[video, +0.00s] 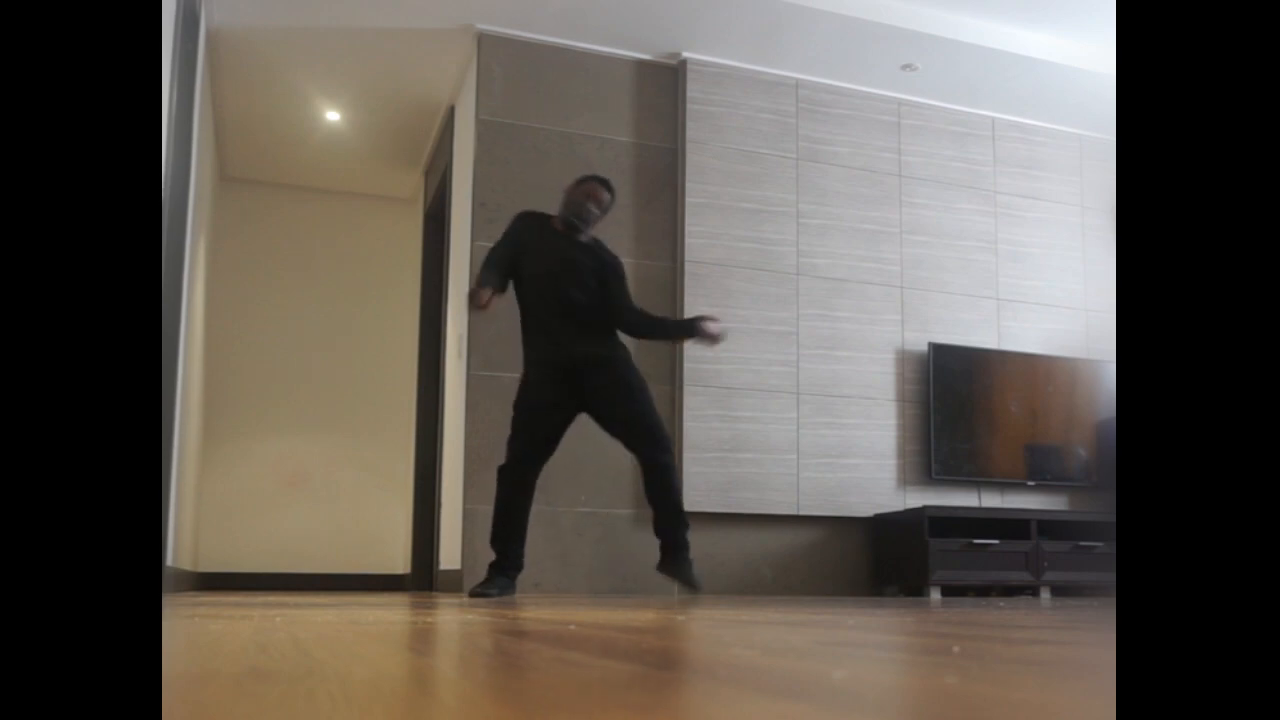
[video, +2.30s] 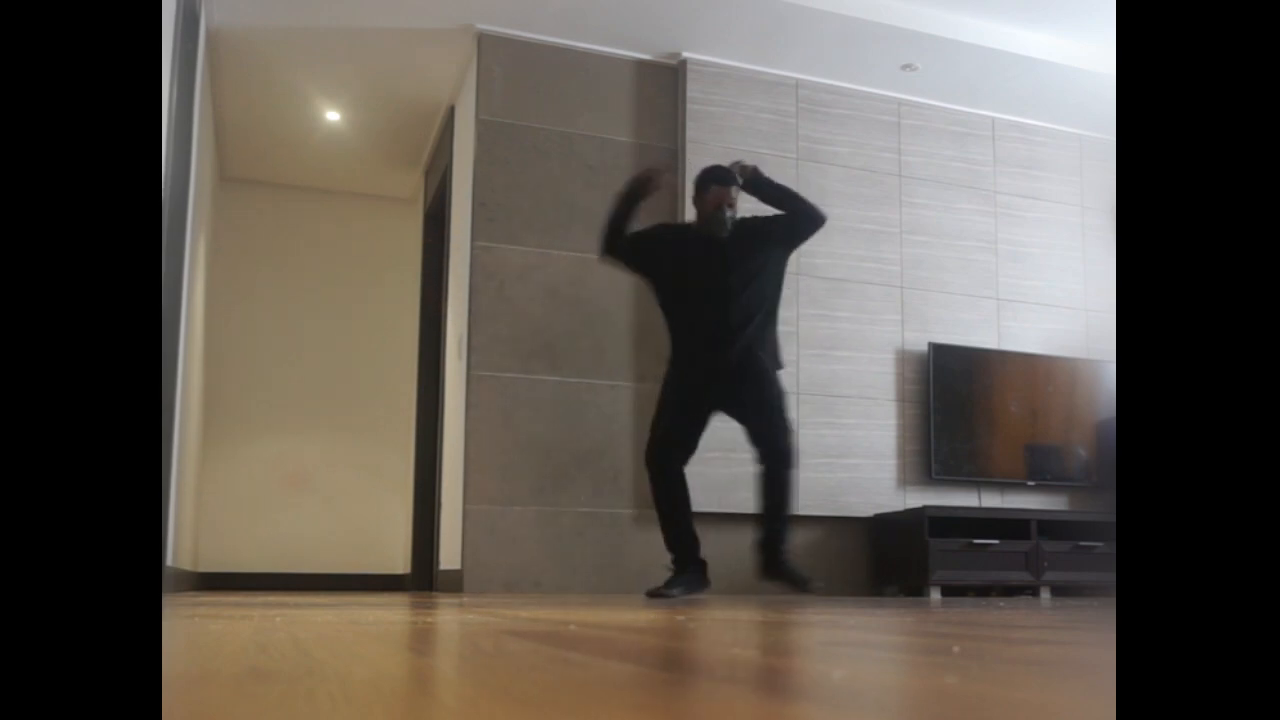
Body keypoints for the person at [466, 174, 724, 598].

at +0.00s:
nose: (590, 208)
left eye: (599, 207)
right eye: (586, 198)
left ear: (603, 219)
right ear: (566, 194)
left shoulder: (603, 263)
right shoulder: (528, 228)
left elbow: (629, 320)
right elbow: (501, 261)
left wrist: (689, 328)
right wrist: (487, 285)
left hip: (607, 377)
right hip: (548, 378)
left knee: (656, 450)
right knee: (518, 467)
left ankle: (675, 555)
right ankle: (503, 571)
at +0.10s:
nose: (614, 212)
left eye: (621, 208)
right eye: (608, 203)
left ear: (625, 216)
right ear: (584, 199)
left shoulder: (622, 265)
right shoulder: (546, 235)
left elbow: (664, 315)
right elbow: (510, 281)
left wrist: (722, 307)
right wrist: (482, 310)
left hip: (617, 384)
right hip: (558, 382)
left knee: (655, 466)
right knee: (523, 470)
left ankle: (665, 572)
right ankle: (502, 572)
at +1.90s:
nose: (674, 210)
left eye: (679, 202)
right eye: (666, 201)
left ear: (684, 203)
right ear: (644, 198)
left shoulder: (689, 251)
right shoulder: (608, 242)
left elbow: (734, 297)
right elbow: (570, 286)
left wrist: (786, 276)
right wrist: (534, 295)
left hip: (666, 374)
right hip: (612, 374)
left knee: (663, 446)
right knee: (585, 467)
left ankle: (710, 551)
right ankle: (564, 569)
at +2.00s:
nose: (700, 205)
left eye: (706, 198)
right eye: (692, 196)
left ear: (711, 201)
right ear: (672, 195)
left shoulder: (718, 247)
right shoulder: (637, 238)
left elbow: (767, 281)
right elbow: (603, 295)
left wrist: (801, 242)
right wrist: (562, 335)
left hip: (685, 369)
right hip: (636, 368)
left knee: (689, 456)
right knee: (636, 459)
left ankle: (725, 563)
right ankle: (613, 565)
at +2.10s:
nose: (706, 218)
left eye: (714, 210)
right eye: (698, 208)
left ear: (722, 211)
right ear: (680, 205)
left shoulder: (731, 251)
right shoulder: (647, 244)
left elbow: (784, 274)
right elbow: (616, 301)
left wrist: (807, 227)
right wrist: (569, 339)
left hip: (703, 372)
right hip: (654, 371)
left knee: (712, 461)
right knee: (671, 452)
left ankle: (729, 569)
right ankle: (655, 557)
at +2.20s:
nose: (711, 207)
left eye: (719, 200)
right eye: (704, 198)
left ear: (728, 201)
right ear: (686, 196)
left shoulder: (744, 237)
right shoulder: (655, 236)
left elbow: (797, 248)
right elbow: (615, 278)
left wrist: (780, 198)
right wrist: (588, 278)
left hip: (730, 368)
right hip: (677, 366)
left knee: (732, 463)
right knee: (670, 452)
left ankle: (735, 569)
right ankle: (688, 552)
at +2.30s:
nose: (726, 209)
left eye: (732, 202)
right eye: (717, 202)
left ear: (740, 204)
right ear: (697, 204)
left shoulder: (764, 237)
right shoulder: (669, 244)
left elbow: (810, 218)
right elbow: (614, 247)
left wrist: (759, 183)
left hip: (752, 377)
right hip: (691, 378)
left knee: (778, 454)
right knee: (663, 460)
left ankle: (773, 560)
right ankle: (689, 569)